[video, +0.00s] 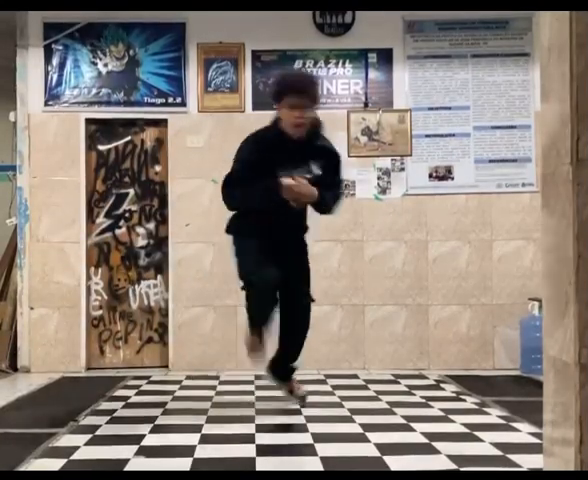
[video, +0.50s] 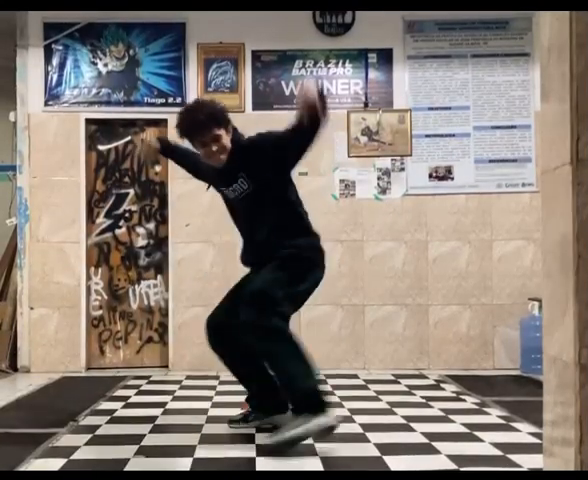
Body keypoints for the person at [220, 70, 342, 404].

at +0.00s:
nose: (300, 115)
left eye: (306, 108)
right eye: (293, 107)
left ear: (315, 110)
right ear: (278, 109)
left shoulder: (323, 151)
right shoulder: (257, 144)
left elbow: (330, 201)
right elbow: (231, 193)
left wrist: (313, 195)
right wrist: (277, 188)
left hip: (291, 231)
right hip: (253, 228)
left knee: (298, 307)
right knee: (263, 281)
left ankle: (282, 369)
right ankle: (257, 326)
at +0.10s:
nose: (266, 126)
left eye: (271, 117)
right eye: (257, 121)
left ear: (284, 115)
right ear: (247, 124)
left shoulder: (307, 153)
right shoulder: (241, 157)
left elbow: (307, 194)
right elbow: (234, 199)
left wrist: (278, 197)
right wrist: (253, 199)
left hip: (299, 244)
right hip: (260, 244)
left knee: (297, 310)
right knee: (258, 312)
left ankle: (310, 375)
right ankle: (270, 382)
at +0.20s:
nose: (238, 149)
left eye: (243, 140)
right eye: (231, 145)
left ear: (261, 137)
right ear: (226, 150)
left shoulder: (289, 172)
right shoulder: (234, 181)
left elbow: (276, 219)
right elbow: (234, 225)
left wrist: (227, 231)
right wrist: (218, 237)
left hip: (308, 259)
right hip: (270, 261)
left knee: (312, 323)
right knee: (260, 327)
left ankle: (315, 377)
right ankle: (262, 399)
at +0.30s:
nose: (214, 153)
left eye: (216, 143)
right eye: (205, 152)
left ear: (232, 138)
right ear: (201, 160)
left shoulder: (271, 170)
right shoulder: (222, 192)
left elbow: (298, 221)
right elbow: (232, 233)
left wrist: (254, 248)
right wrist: (219, 258)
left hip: (310, 257)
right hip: (269, 262)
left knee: (304, 334)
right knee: (254, 331)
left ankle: (322, 364)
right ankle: (259, 402)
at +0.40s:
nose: (205, 155)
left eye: (209, 145)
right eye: (196, 152)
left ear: (220, 138)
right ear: (188, 157)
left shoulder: (255, 160)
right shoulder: (213, 180)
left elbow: (323, 174)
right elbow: (225, 195)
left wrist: (301, 192)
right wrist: (198, 206)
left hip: (303, 254)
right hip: (265, 259)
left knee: (270, 323)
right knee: (239, 320)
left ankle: (337, 365)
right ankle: (261, 403)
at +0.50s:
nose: (213, 149)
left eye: (216, 140)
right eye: (204, 145)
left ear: (229, 129)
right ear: (196, 147)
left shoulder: (261, 150)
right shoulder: (215, 172)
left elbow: (296, 140)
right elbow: (191, 162)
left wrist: (310, 117)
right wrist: (163, 145)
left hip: (300, 258)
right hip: (265, 268)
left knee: (254, 315)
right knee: (221, 326)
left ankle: (312, 406)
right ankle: (269, 404)